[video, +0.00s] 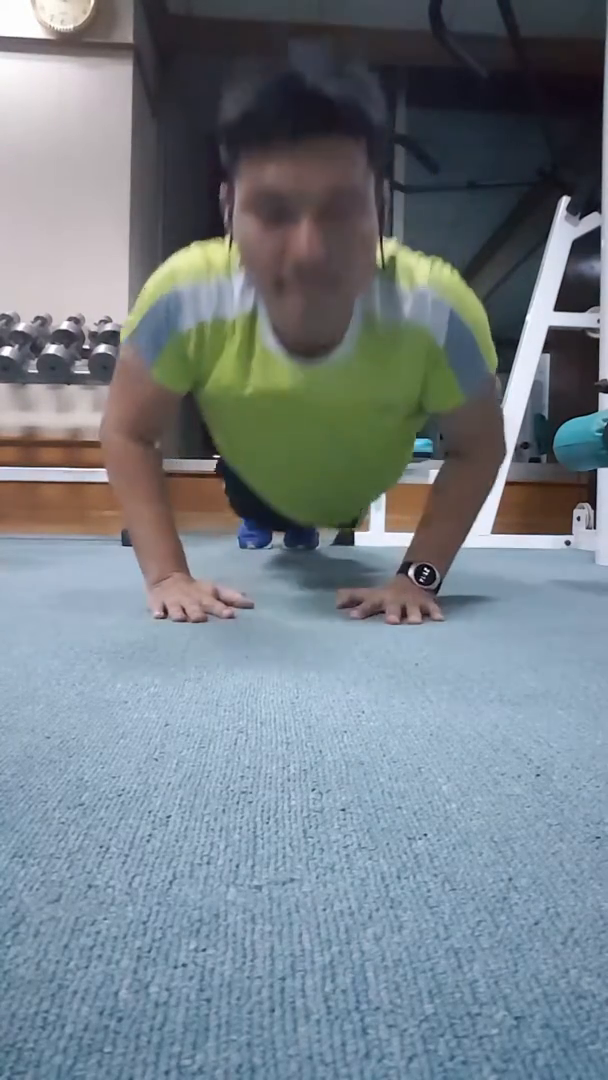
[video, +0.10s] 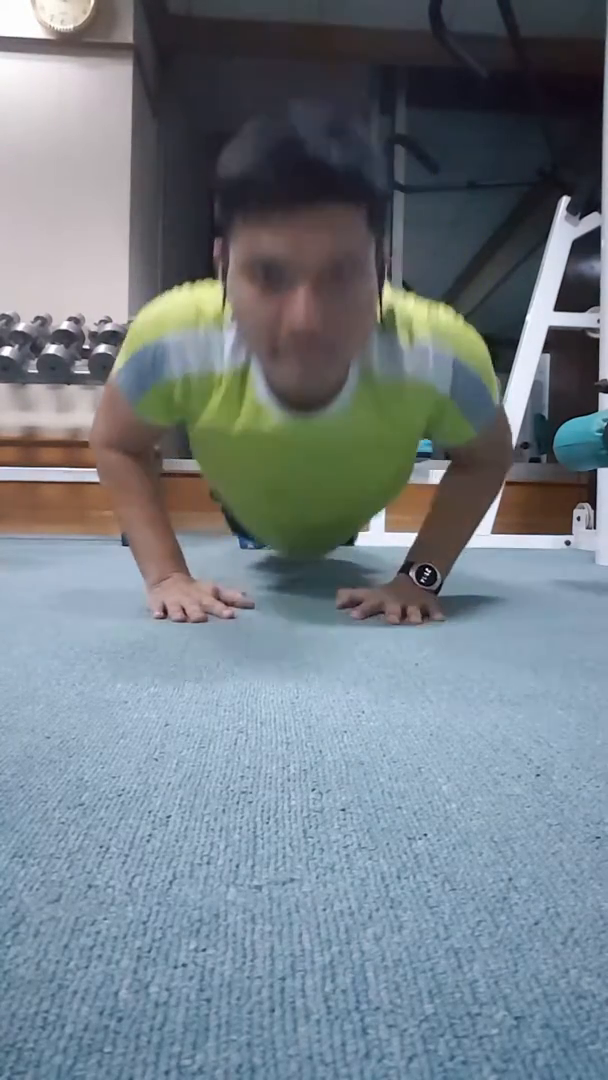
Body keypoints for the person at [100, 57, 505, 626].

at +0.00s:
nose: (309, 248)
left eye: (339, 211)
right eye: (275, 214)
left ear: (378, 203)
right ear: (229, 207)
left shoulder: (434, 305)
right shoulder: (184, 294)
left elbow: (478, 447)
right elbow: (127, 434)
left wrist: (418, 578)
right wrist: (167, 575)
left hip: (352, 484)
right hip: (251, 477)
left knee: (328, 512)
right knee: (259, 511)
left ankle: (310, 530)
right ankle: (263, 526)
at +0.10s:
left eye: (338, 276)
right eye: (271, 277)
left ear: (382, 262)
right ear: (222, 264)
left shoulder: (439, 349)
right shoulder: (170, 333)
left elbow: (486, 454)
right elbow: (119, 444)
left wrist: (419, 577)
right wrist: (167, 576)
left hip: (355, 506)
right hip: (241, 507)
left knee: (336, 536)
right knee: (258, 537)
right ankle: (264, 540)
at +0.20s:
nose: (301, 387)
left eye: (337, 346)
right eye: (266, 348)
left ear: (379, 324)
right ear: (215, 326)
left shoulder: (442, 391)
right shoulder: (160, 381)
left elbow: (494, 458)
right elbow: (108, 449)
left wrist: (421, 576)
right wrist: (166, 576)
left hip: (354, 519)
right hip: (232, 524)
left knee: (328, 550)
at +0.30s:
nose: (301, 454)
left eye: (337, 411)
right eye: (265, 412)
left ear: (380, 388)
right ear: (213, 387)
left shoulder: (448, 431)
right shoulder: (158, 419)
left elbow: (497, 461)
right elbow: (100, 449)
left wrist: (420, 577)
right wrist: (167, 576)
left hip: (358, 566)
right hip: (234, 562)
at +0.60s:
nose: (298, 384)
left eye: (335, 344)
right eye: (265, 344)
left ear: (380, 327)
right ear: (216, 325)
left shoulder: (437, 389)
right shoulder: (162, 391)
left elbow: (487, 456)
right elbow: (102, 451)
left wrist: (420, 577)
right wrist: (168, 577)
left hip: (352, 554)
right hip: (234, 559)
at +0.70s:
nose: (300, 286)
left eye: (334, 250)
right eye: (269, 249)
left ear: (376, 242)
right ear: (220, 244)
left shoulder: (429, 336)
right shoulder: (161, 339)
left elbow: (481, 451)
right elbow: (104, 447)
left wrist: (418, 577)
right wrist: (167, 577)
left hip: (343, 518)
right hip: (226, 520)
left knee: (329, 533)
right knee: (244, 533)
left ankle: (303, 547)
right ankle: (256, 544)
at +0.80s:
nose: (305, 205)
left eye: (337, 171)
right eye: (273, 169)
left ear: (376, 178)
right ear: (228, 174)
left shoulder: (419, 289)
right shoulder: (170, 284)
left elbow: (468, 439)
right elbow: (111, 435)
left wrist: (417, 577)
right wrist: (167, 578)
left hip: (334, 488)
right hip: (230, 492)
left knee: (327, 521)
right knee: (248, 527)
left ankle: (322, 529)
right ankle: (266, 536)